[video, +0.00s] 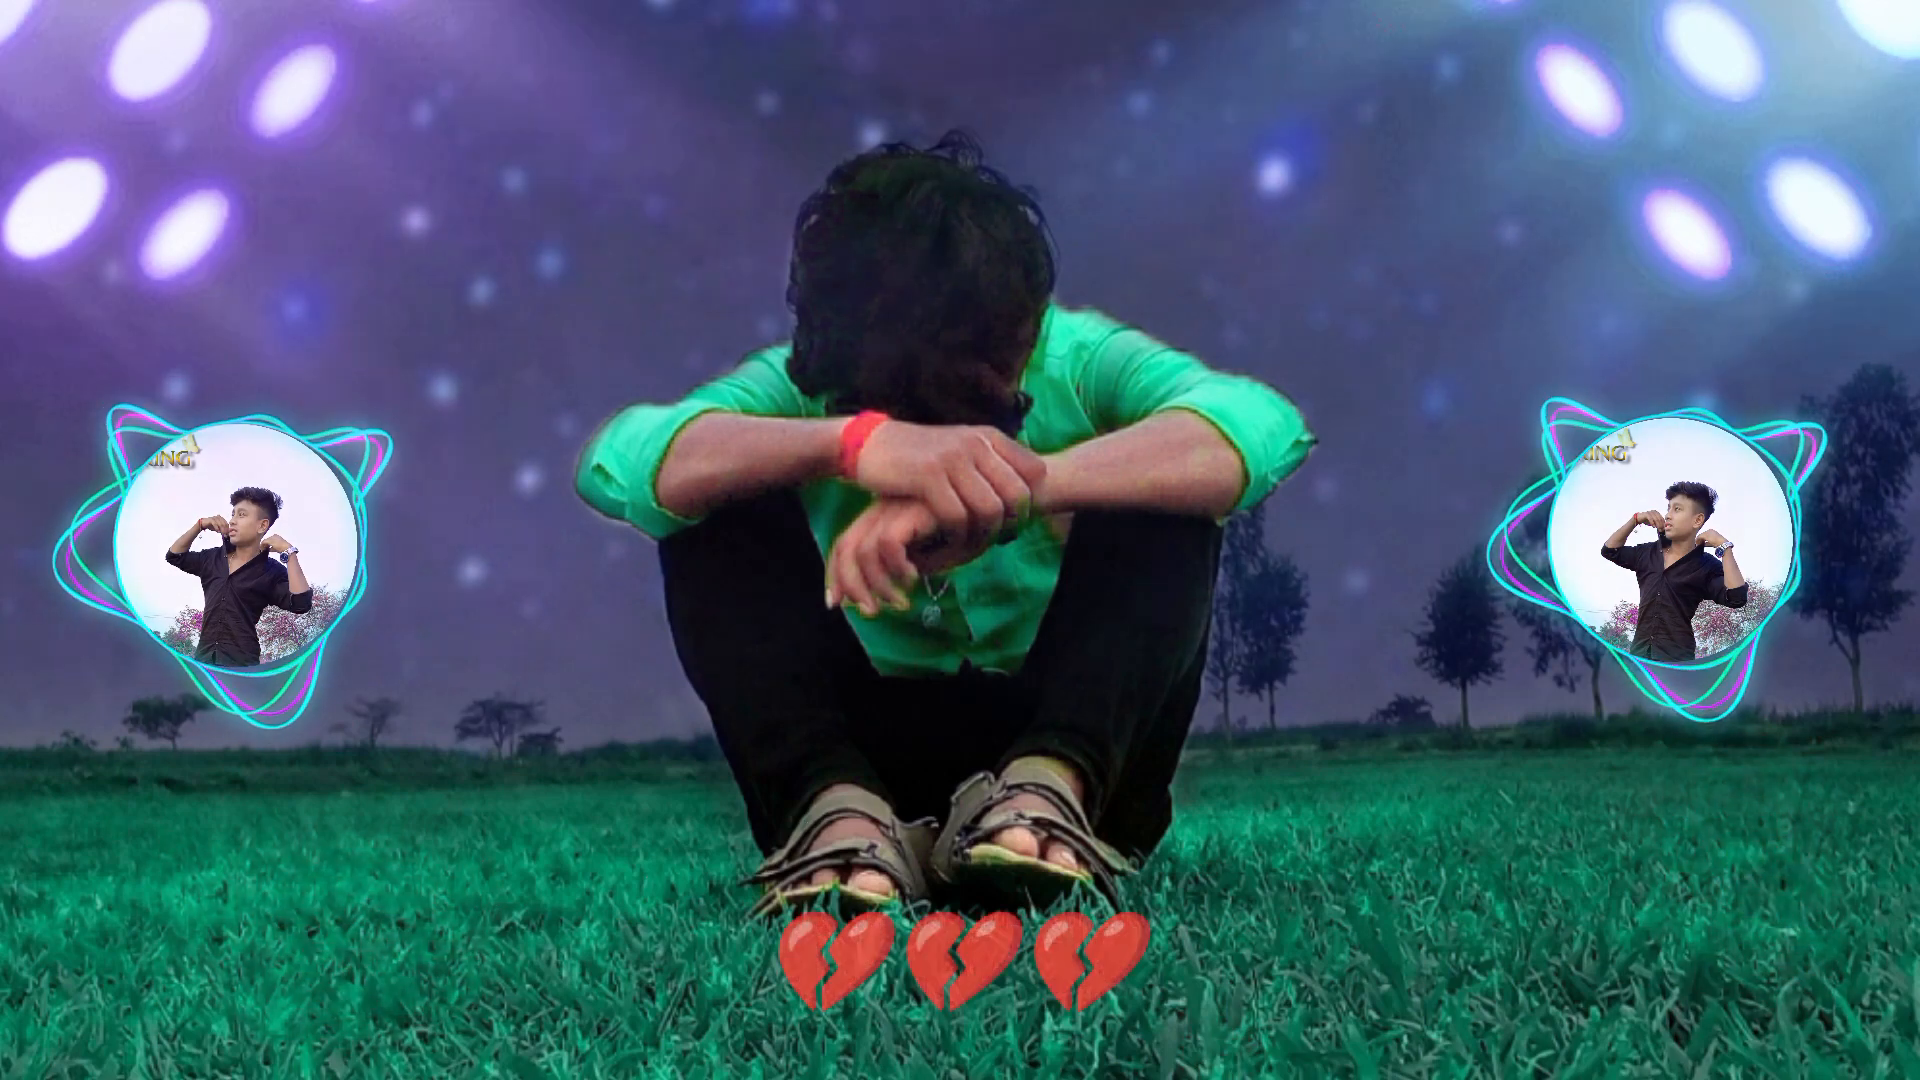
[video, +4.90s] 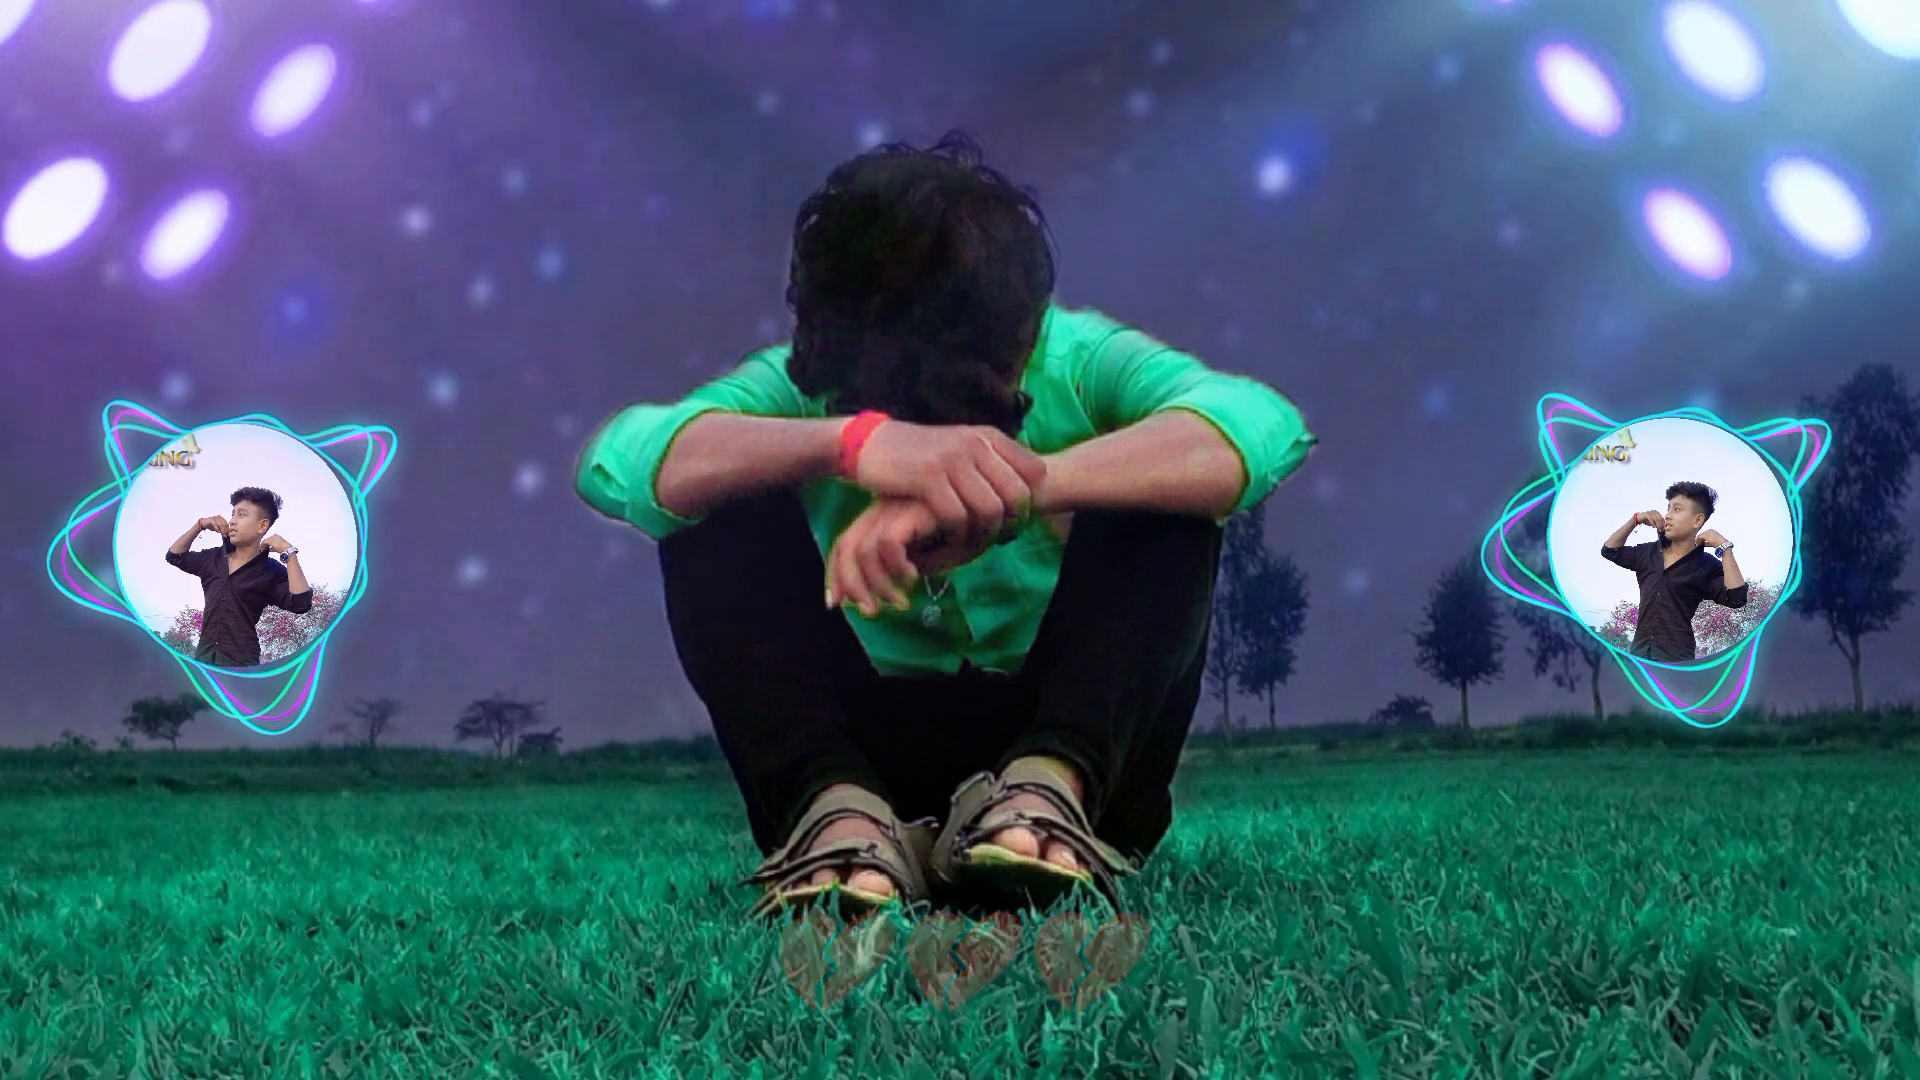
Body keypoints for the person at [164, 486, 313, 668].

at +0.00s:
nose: (232, 521)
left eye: (241, 515)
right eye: (233, 515)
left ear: (263, 525)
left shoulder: (270, 570)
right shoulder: (212, 558)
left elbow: (301, 604)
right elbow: (174, 557)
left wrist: (290, 553)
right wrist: (199, 526)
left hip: (242, 664)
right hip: (203, 659)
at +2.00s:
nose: (232, 521)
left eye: (242, 515)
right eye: (233, 514)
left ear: (263, 525)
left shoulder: (270, 569)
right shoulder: (212, 558)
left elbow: (301, 604)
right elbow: (174, 556)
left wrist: (289, 553)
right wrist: (199, 526)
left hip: (242, 662)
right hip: (204, 658)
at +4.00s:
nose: (232, 521)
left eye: (242, 515)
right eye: (233, 514)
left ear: (263, 525)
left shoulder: (270, 569)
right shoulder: (212, 558)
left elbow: (301, 604)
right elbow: (174, 556)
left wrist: (290, 553)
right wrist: (199, 526)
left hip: (242, 661)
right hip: (204, 658)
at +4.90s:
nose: (232, 521)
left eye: (242, 515)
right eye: (233, 514)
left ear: (263, 525)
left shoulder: (270, 570)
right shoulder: (212, 558)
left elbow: (301, 604)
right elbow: (174, 556)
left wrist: (289, 553)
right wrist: (199, 526)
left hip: (242, 663)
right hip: (203, 658)